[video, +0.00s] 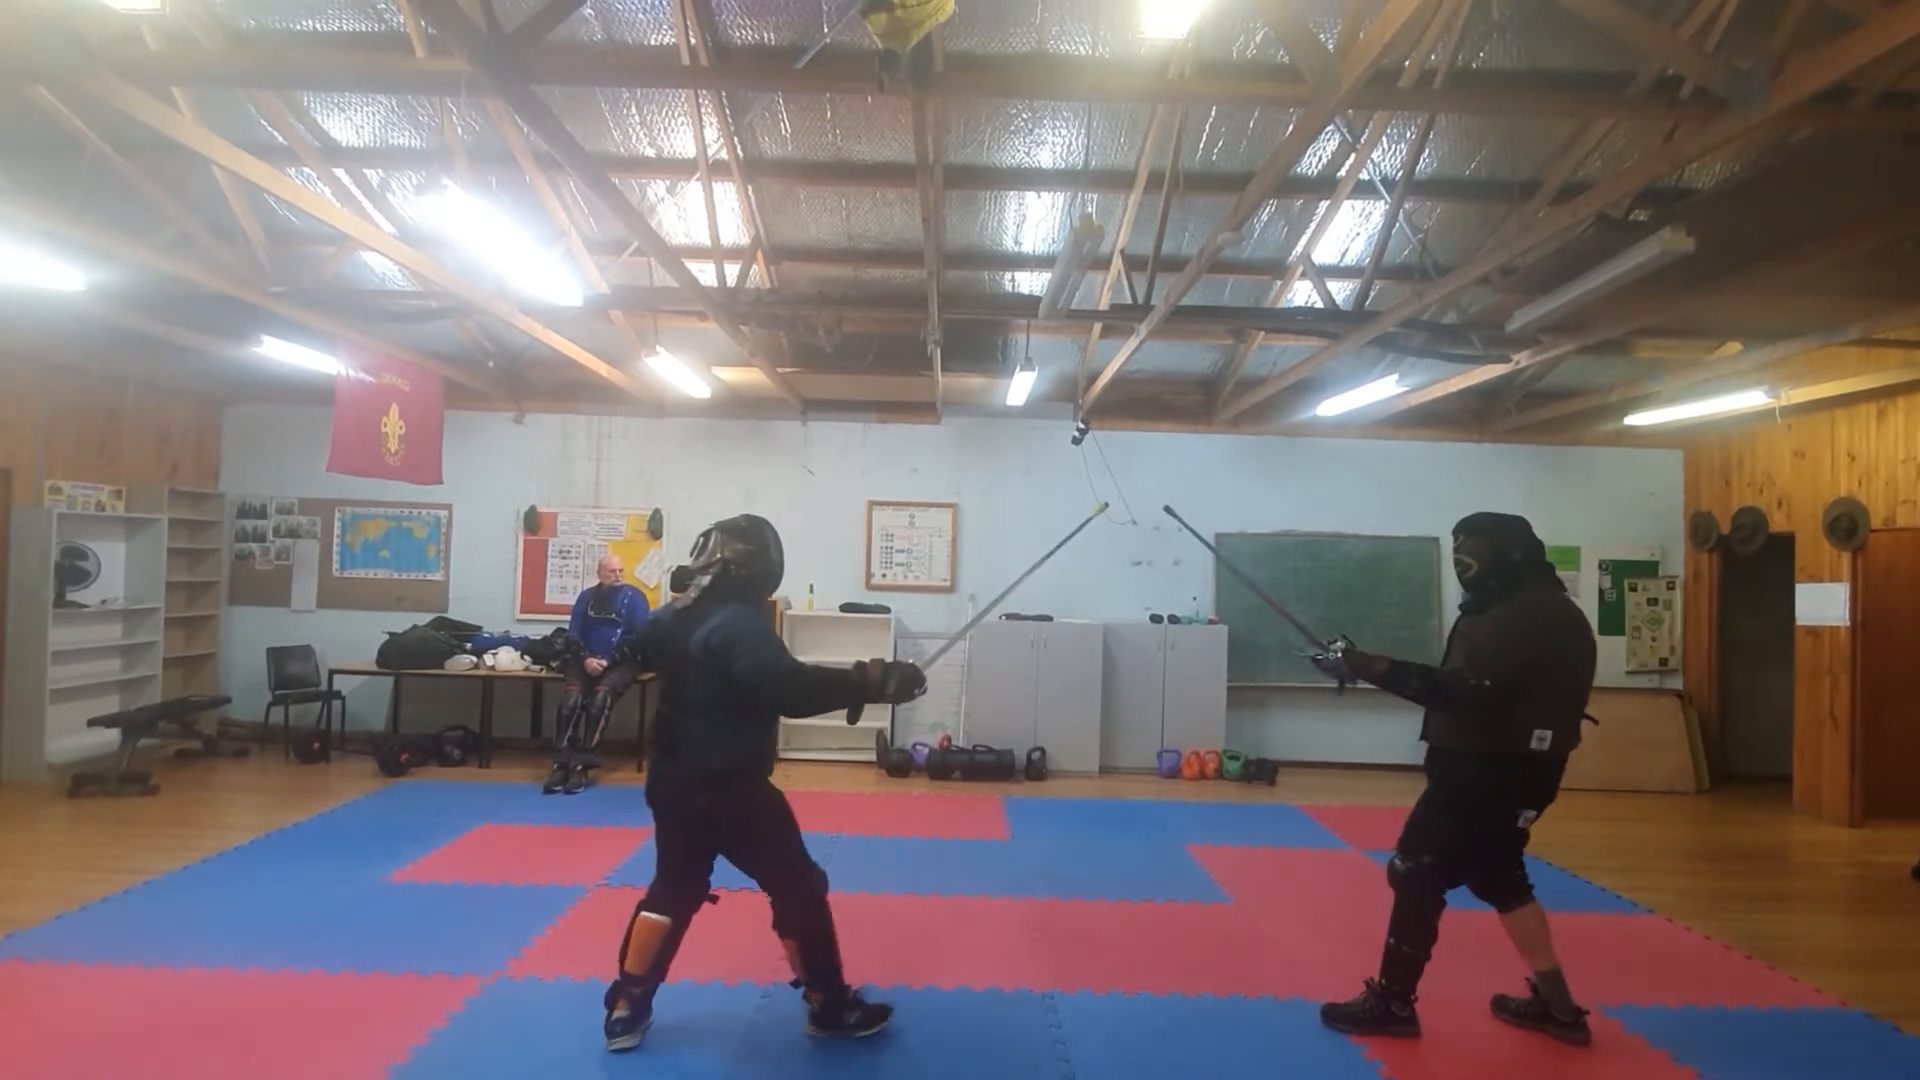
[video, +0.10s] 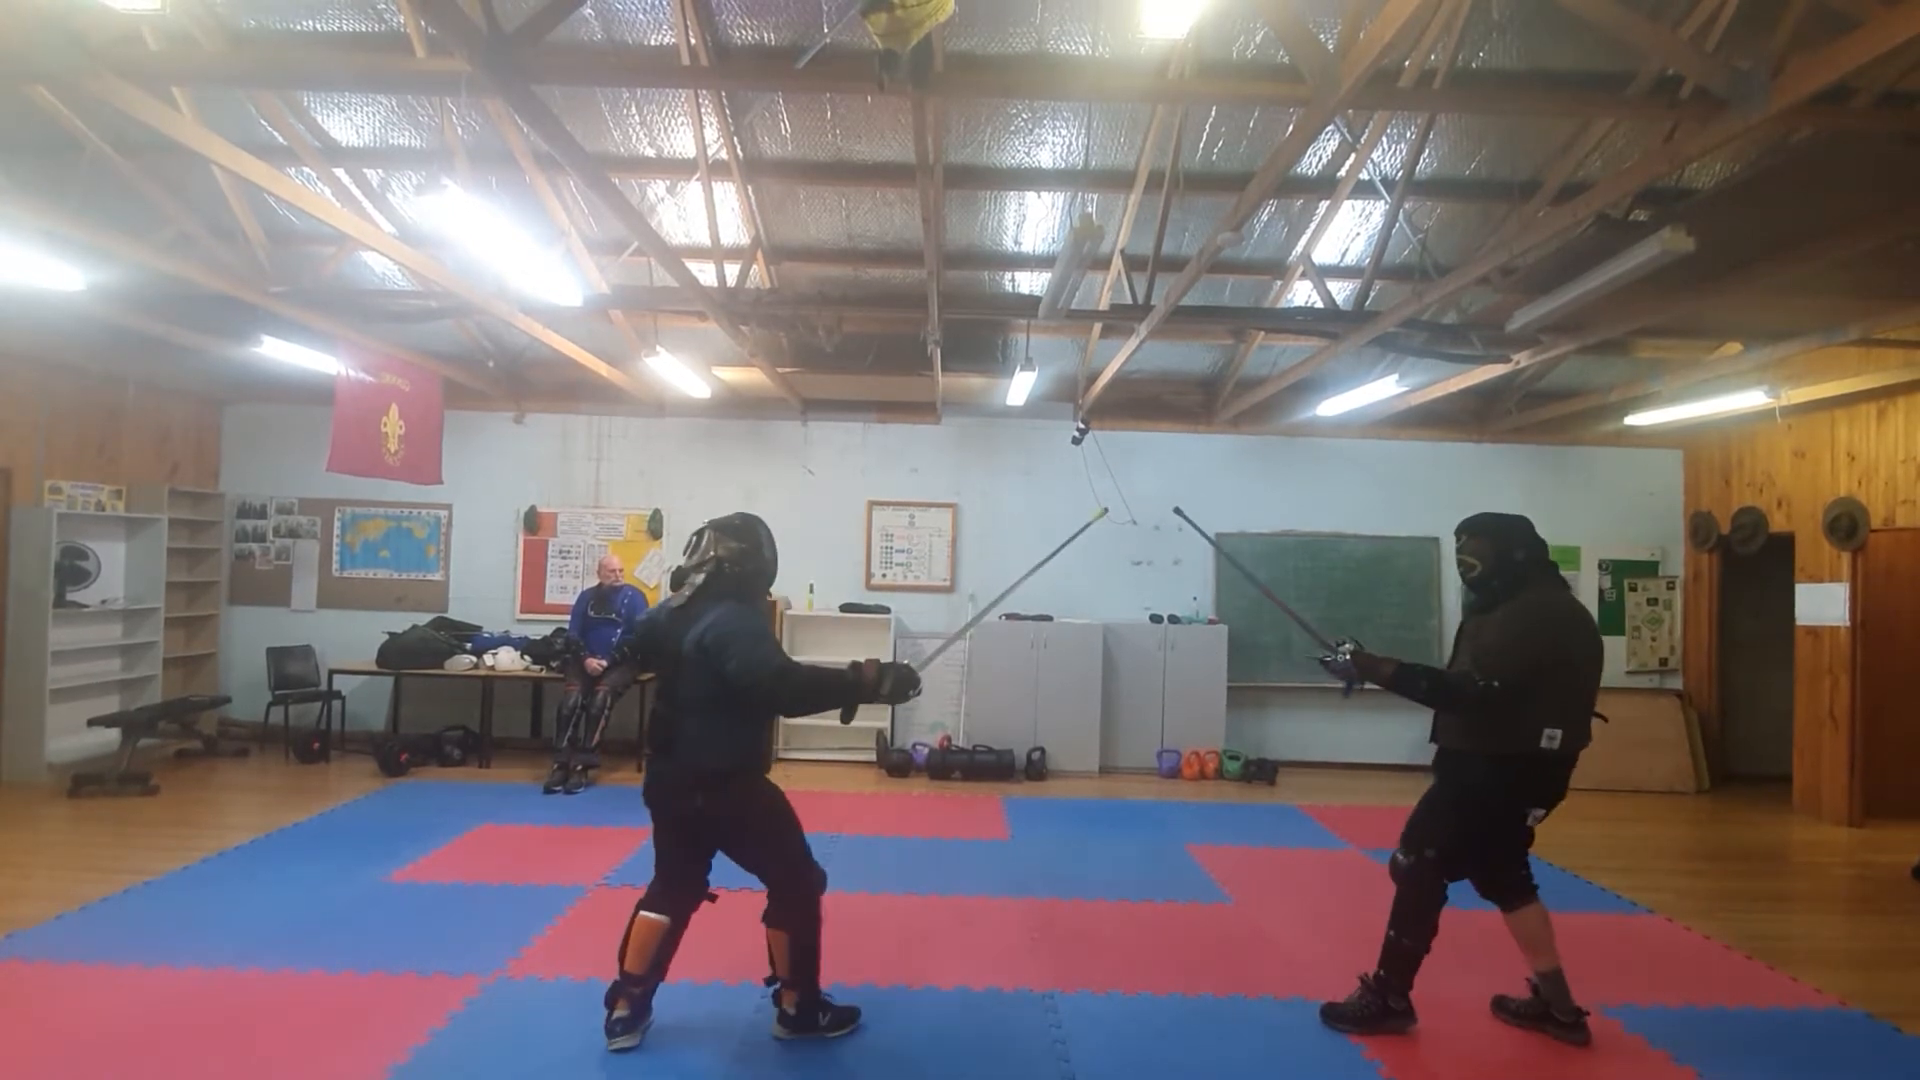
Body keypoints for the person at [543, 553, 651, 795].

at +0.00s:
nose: (617, 576)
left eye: (621, 571)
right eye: (612, 572)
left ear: (624, 572)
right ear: (599, 573)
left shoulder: (634, 597)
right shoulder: (586, 597)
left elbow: (638, 636)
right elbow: (573, 634)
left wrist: (608, 660)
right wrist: (585, 658)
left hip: (619, 661)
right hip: (585, 659)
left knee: (601, 695)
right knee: (572, 695)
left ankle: (581, 767)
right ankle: (560, 765)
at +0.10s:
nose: (617, 576)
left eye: (620, 571)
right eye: (612, 572)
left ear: (624, 572)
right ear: (599, 573)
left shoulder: (633, 597)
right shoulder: (586, 597)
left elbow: (636, 636)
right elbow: (573, 634)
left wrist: (608, 660)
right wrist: (585, 658)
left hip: (618, 661)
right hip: (585, 659)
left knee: (601, 696)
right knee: (572, 696)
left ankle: (581, 767)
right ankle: (560, 765)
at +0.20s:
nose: (618, 576)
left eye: (620, 571)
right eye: (612, 572)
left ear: (624, 572)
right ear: (599, 573)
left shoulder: (633, 597)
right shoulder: (586, 597)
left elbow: (635, 635)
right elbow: (573, 634)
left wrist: (608, 660)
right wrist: (585, 658)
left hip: (618, 661)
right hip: (584, 659)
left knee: (601, 696)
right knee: (572, 696)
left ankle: (581, 767)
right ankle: (560, 765)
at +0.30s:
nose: (617, 577)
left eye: (620, 572)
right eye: (612, 572)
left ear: (624, 573)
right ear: (599, 574)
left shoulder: (634, 597)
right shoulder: (586, 597)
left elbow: (636, 637)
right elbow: (573, 635)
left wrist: (608, 661)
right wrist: (585, 659)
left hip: (619, 662)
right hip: (585, 659)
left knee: (601, 697)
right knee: (572, 697)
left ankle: (582, 768)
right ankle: (560, 765)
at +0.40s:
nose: (618, 576)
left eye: (621, 572)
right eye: (612, 572)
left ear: (624, 573)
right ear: (599, 574)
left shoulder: (634, 597)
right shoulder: (586, 597)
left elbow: (637, 637)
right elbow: (573, 635)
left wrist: (609, 661)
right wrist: (585, 659)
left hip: (619, 662)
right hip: (585, 660)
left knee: (601, 697)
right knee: (572, 696)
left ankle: (582, 768)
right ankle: (560, 765)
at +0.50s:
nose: (618, 577)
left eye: (621, 572)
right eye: (612, 572)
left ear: (624, 573)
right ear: (599, 573)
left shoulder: (634, 598)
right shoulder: (587, 597)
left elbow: (638, 637)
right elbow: (574, 635)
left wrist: (609, 661)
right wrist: (585, 659)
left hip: (619, 662)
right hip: (585, 659)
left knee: (601, 697)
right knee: (572, 696)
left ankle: (582, 768)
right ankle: (560, 765)